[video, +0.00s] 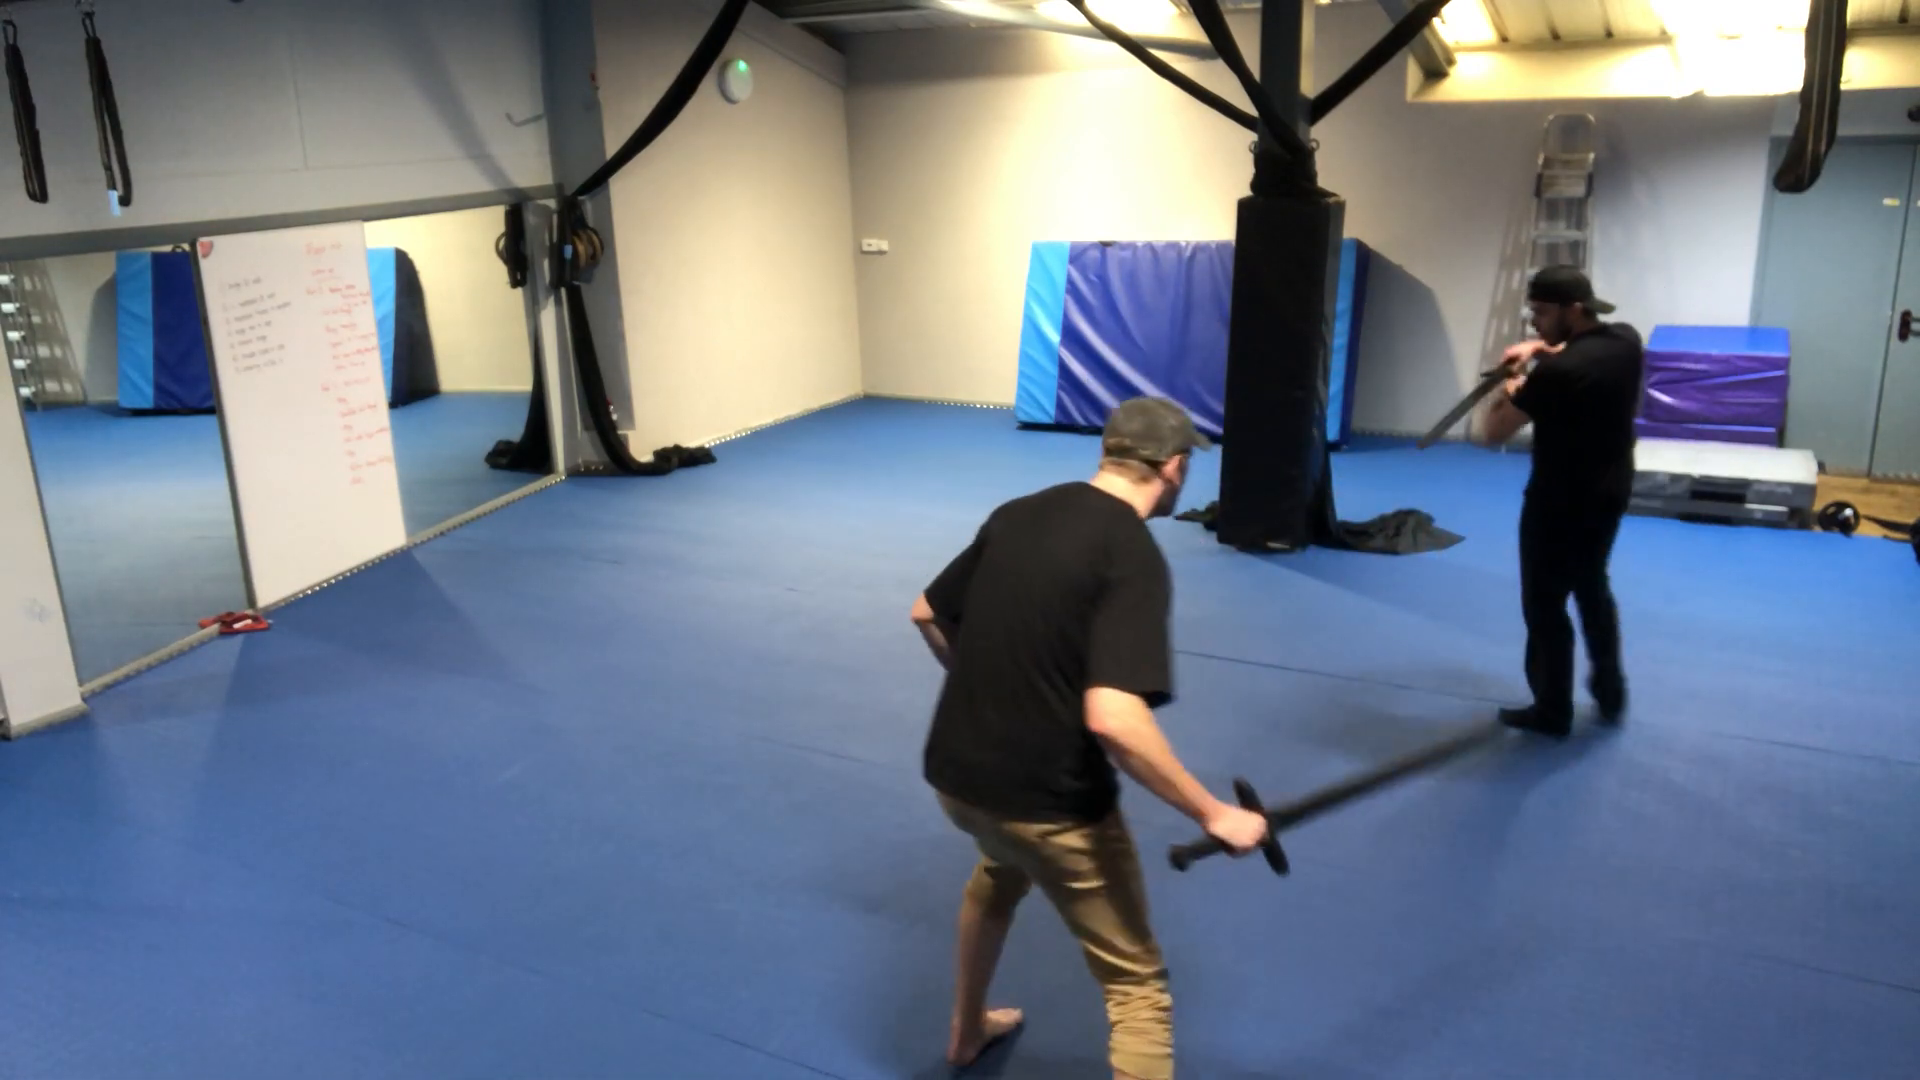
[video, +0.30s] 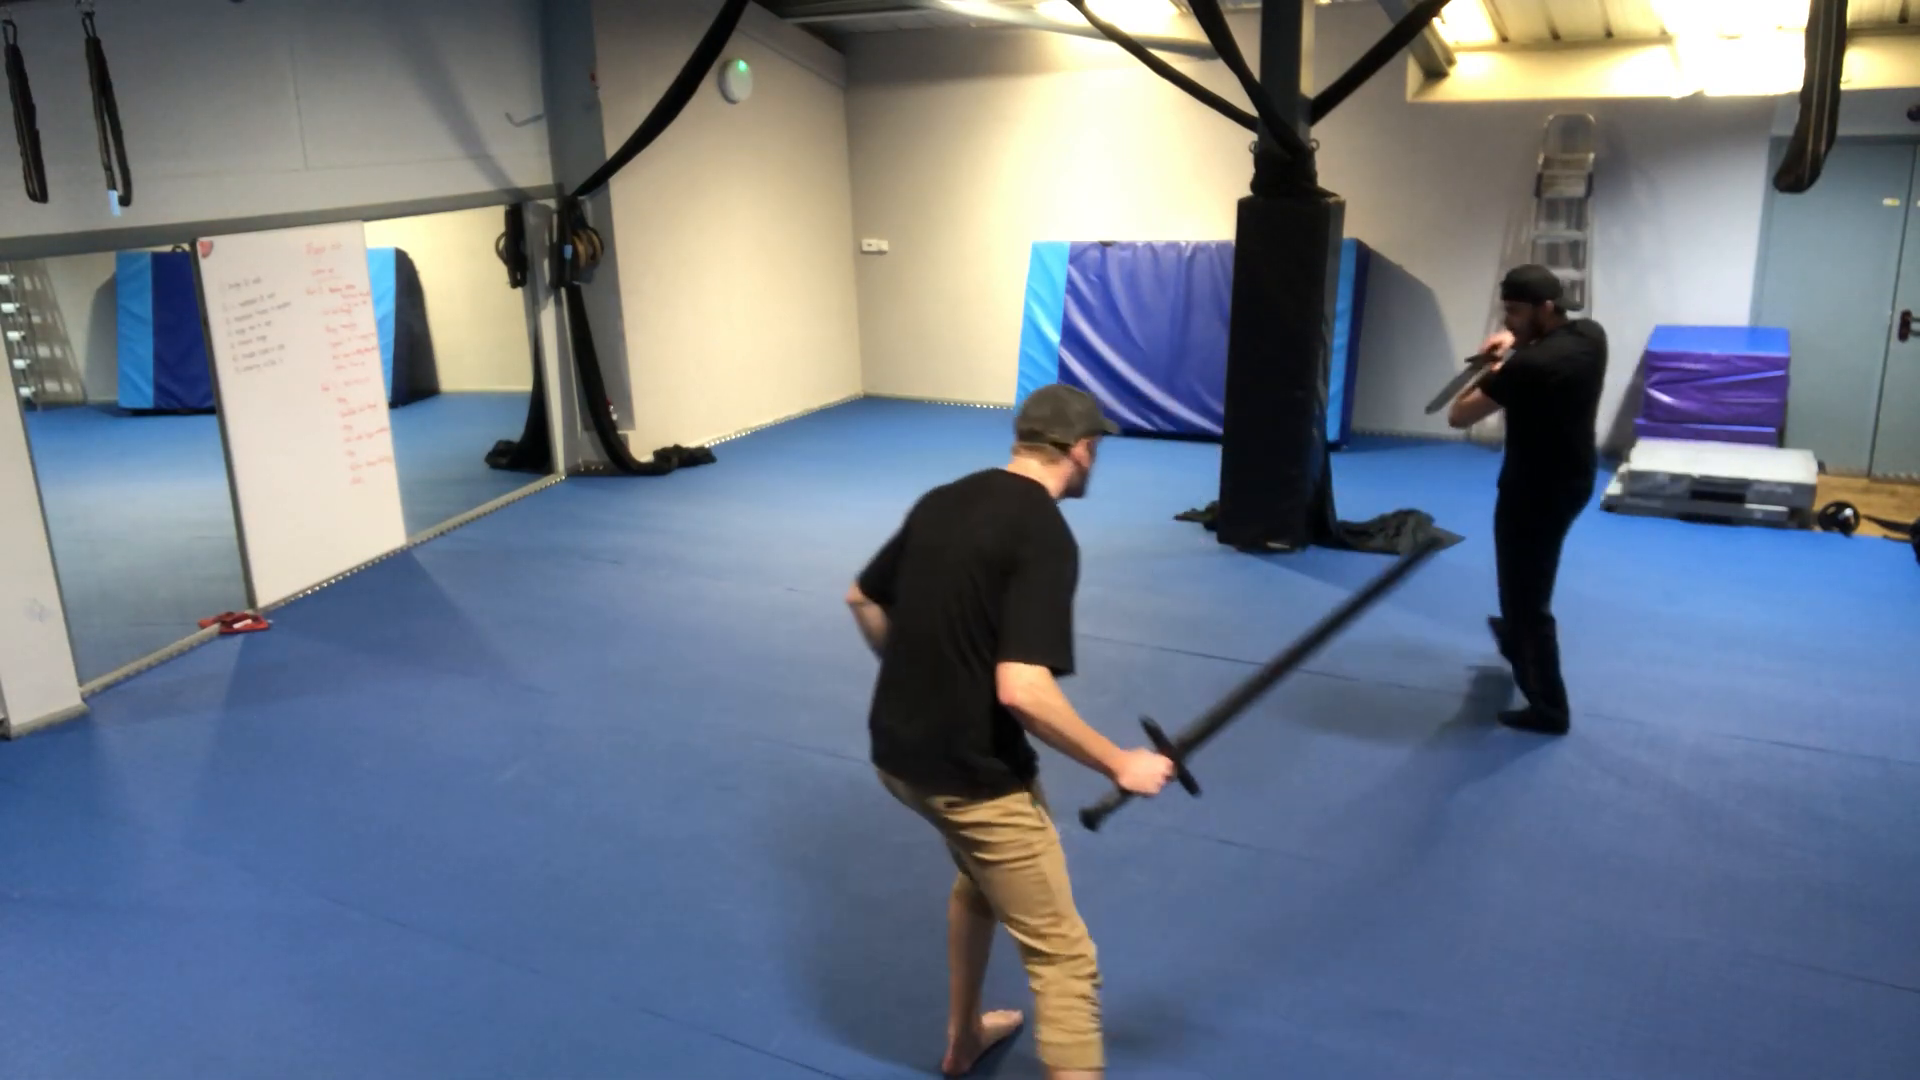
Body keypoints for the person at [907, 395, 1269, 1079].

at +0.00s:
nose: (1186, 478)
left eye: (1189, 466)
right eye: (1188, 465)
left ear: (1107, 453)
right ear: (1170, 467)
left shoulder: (1021, 514)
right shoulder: (1133, 556)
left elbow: (930, 613)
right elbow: (1112, 714)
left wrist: (989, 687)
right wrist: (1214, 812)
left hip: (957, 772)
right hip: (1052, 801)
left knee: (1002, 867)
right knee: (1135, 985)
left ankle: (966, 1028)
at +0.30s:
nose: (1095, 462)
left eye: (1096, 449)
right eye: (1096, 449)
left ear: (1022, 440)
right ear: (1078, 450)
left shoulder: (944, 500)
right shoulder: (1042, 533)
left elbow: (866, 597)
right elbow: (1022, 685)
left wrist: (920, 669)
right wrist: (1120, 762)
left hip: (899, 748)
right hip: (975, 768)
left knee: (980, 869)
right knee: (1060, 955)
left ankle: (963, 1032)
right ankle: (1075, 1066)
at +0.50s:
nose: (1046, 451)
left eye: (1046, 437)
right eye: (1048, 438)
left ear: (975, 428)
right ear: (1031, 438)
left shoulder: (903, 493)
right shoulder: (1006, 518)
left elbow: (816, 587)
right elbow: (1004, 671)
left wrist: (841, 680)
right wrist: (1087, 729)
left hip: (870, 737)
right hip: (940, 757)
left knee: (961, 880)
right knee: (1005, 936)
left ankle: (956, 1033)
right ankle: (897, 1071)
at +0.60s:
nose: (1029, 447)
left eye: (1029, 434)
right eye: (1030, 434)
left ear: (957, 425)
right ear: (1013, 433)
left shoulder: (886, 490)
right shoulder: (989, 513)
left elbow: (799, 588)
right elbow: (998, 670)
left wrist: (820, 679)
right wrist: (1073, 709)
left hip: (850, 729)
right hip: (918, 753)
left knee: (948, 890)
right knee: (956, 927)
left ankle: (961, 1035)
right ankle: (797, 1039)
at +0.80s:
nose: (990, 455)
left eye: (992, 441)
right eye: (992, 441)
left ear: (919, 429)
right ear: (974, 438)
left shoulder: (847, 490)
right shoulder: (937, 518)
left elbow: (765, 588)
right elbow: (963, 670)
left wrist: (798, 682)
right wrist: (1038, 692)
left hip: (818, 730)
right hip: (851, 757)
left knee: (933, 850)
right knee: (859, 920)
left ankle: (956, 1029)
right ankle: (738, 1018)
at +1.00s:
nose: (945, 459)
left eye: (945, 445)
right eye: (945, 445)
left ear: (877, 436)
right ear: (925, 447)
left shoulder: (806, 490)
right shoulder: (867, 526)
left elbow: (735, 581)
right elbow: (896, 680)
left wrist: (771, 669)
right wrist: (987, 709)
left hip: (832, 736)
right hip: (788, 756)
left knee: (912, 850)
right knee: (824, 919)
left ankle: (950, 1022)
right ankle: (731, 1033)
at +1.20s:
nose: (912, 453)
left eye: (915, 439)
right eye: (913, 439)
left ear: (844, 427)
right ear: (893, 438)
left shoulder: (779, 480)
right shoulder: (823, 519)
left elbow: (715, 567)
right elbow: (817, 673)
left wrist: (763, 654)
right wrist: (911, 744)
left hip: (806, 724)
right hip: (764, 749)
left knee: (897, 818)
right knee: (813, 910)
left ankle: (919, 994)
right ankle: (732, 1033)